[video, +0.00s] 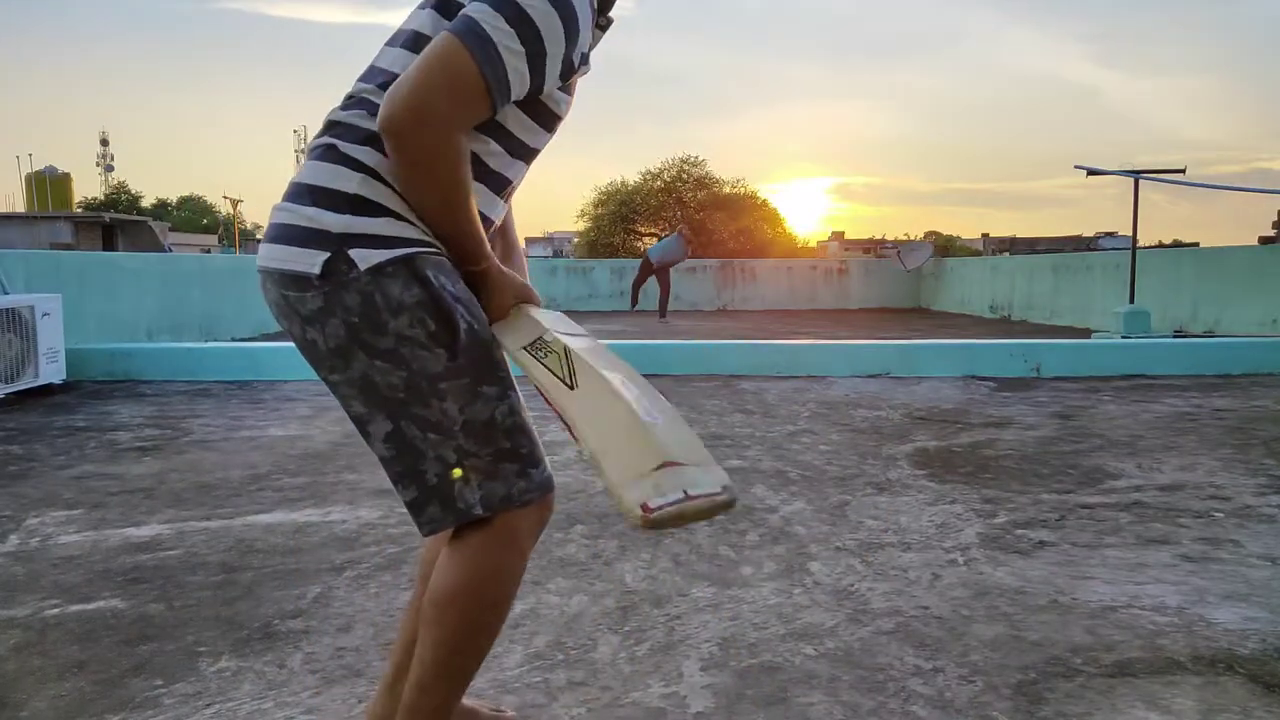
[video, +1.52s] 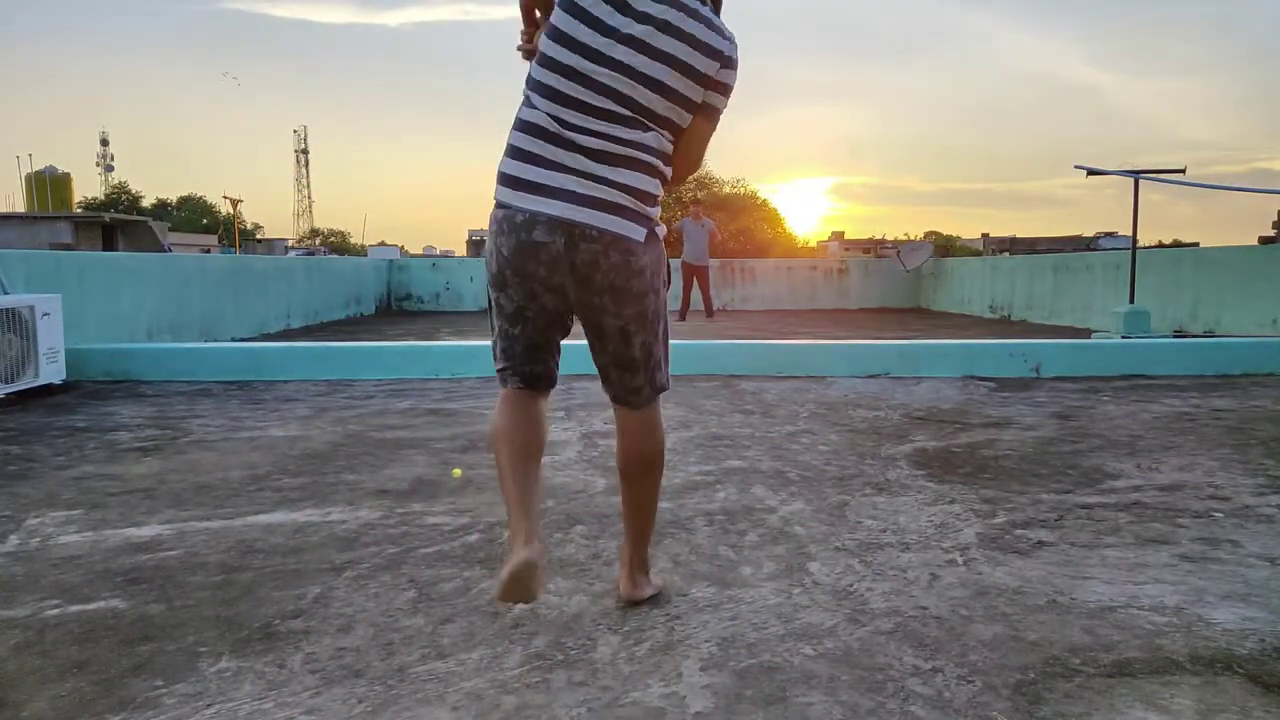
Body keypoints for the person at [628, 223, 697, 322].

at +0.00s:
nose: (691, 239)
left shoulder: (686, 254)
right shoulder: (680, 238)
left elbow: (671, 262)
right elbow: (681, 230)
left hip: (662, 265)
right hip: (651, 259)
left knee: (665, 289)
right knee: (638, 282)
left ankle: (662, 317)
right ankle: (633, 305)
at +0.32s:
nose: (693, 242)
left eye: (695, 240)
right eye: (691, 239)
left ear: (696, 242)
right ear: (686, 238)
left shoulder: (691, 251)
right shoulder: (677, 246)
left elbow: (676, 260)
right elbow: (672, 260)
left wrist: (667, 272)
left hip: (669, 266)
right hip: (655, 264)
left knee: (668, 293)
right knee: (648, 285)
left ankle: (663, 316)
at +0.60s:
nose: (691, 219)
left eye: (694, 216)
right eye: (689, 215)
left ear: (696, 218)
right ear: (684, 216)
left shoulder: (697, 233)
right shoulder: (676, 229)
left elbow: (695, 250)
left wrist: (690, 263)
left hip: (683, 261)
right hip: (669, 259)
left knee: (684, 286)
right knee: (671, 287)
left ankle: (671, 310)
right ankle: (675, 313)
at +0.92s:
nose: (699, 212)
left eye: (701, 210)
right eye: (696, 210)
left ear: (704, 212)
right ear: (692, 211)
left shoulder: (708, 226)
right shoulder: (686, 223)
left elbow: (715, 241)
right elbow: (673, 230)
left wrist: (720, 256)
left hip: (700, 262)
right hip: (685, 261)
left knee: (704, 289)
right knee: (680, 291)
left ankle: (710, 314)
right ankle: (677, 315)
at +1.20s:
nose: (698, 210)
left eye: (700, 208)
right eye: (696, 208)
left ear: (704, 210)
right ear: (693, 210)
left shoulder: (710, 224)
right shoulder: (687, 224)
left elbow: (716, 240)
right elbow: (678, 235)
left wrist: (719, 257)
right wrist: (671, 237)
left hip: (703, 263)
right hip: (688, 262)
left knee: (706, 292)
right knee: (685, 292)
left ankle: (710, 315)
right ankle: (682, 316)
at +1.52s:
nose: (695, 209)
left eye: (698, 206)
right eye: (693, 206)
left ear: (702, 208)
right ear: (690, 208)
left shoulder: (707, 223)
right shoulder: (685, 222)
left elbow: (717, 237)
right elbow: (673, 229)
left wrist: (708, 245)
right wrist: (684, 240)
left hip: (702, 261)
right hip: (687, 260)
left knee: (705, 291)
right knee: (686, 290)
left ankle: (710, 314)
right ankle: (682, 315)